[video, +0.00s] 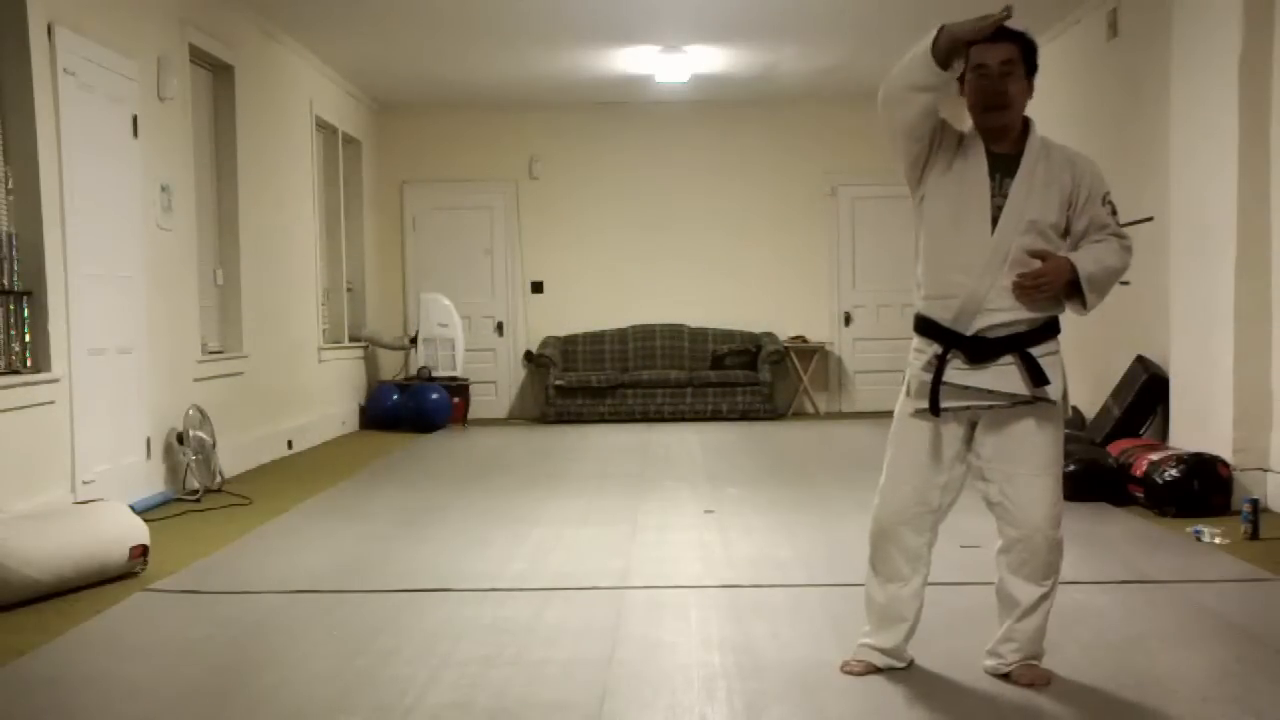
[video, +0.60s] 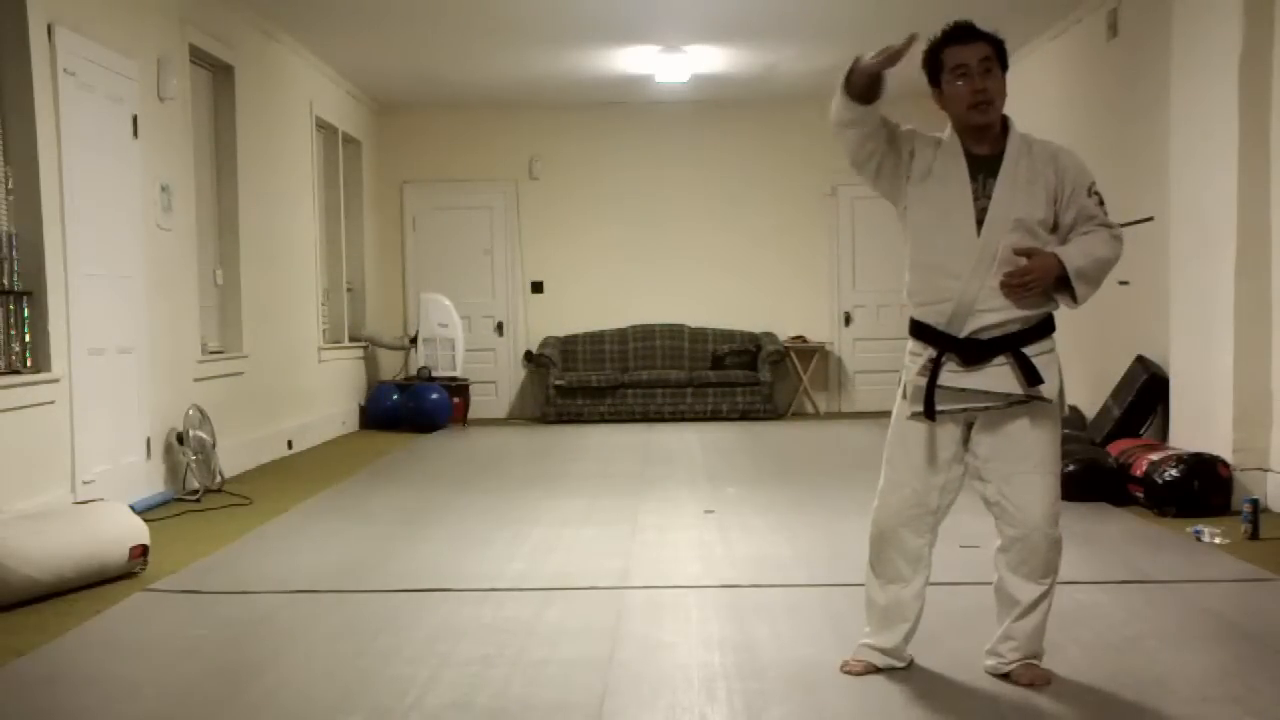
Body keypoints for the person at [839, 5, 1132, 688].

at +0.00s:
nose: (991, 83)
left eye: (1007, 70)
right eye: (978, 71)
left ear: (1029, 84)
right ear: (960, 85)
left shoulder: (1070, 171)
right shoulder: (935, 158)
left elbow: (1113, 249)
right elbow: (900, 98)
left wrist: (1074, 270)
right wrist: (951, 38)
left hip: (1026, 369)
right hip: (936, 366)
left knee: (1036, 526)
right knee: (899, 514)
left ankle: (1016, 653)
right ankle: (882, 641)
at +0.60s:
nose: (978, 84)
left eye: (988, 70)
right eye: (959, 74)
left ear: (1005, 81)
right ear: (936, 93)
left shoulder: (1055, 165)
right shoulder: (915, 162)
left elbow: (1103, 239)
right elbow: (861, 140)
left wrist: (1061, 265)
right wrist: (860, 86)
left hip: (1022, 365)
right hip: (931, 365)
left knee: (1035, 525)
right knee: (899, 516)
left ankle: (1016, 654)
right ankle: (884, 641)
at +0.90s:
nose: (974, 82)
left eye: (983, 68)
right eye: (956, 74)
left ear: (998, 80)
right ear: (930, 95)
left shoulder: (1049, 163)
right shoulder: (907, 164)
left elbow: (1100, 235)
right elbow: (841, 165)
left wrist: (1057, 262)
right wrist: (812, 124)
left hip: (1020, 369)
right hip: (931, 369)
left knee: (1033, 526)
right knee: (897, 518)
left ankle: (1016, 653)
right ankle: (884, 643)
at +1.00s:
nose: (975, 83)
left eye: (983, 69)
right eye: (956, 74)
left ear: (999, 81)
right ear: (930, 96)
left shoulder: (1048, 163)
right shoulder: (907, 164)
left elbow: (1098, 234)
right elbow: (843, 166)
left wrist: (1057, 262)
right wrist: (803, 134)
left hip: (1020, 370)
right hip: (931, 371)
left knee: (1033, 527)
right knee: (898, 518)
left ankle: (1016, 653)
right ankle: (884, 643)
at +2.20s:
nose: (990, 101)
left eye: (1003, 87)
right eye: (975, 88)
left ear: (1024, 91)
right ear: (953, 96)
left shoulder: (1071, 162)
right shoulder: (926, 169)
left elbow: (1124, 242)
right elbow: (871, 242)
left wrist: (1044, 246)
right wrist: (902, 275)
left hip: (1034, 373)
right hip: (941, 370)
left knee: (1045, 538)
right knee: (887, 515)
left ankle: (1022, 655)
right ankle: (890, 640)